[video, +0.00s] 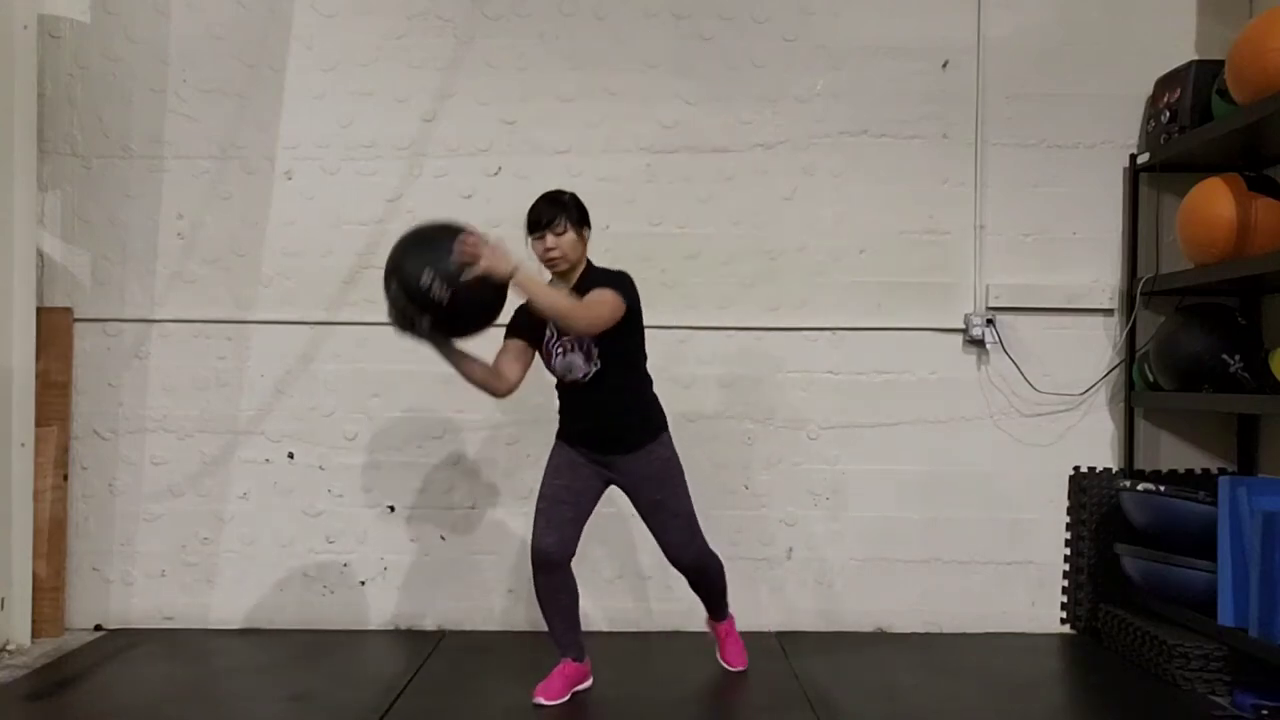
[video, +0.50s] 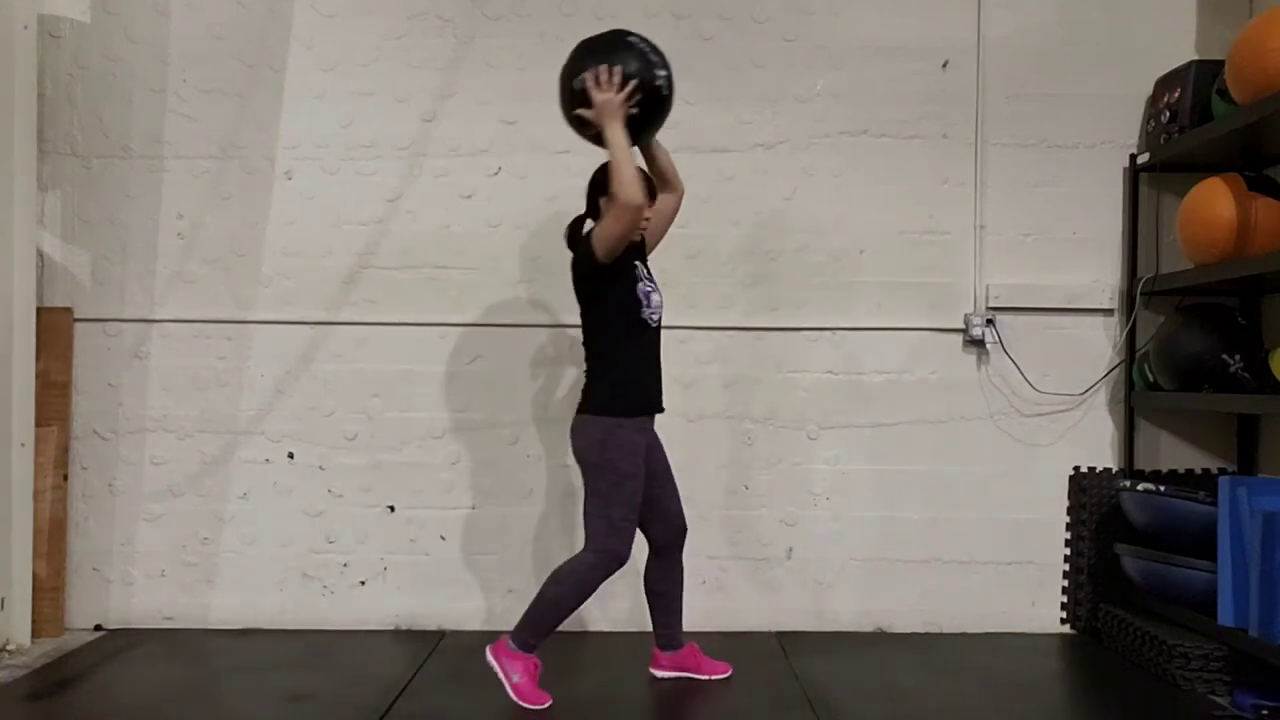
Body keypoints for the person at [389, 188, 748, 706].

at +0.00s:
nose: (548, 245)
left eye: (559, 232)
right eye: (538, 237)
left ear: (584, 235)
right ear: (532, 245)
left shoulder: (615, 286)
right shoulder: (534, 309)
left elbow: (583, 318)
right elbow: (501, 381)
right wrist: (440, 339)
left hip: (641, 445)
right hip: (577, 449)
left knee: (689, 554)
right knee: (548, 552)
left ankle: (722, 621)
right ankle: (574, 661)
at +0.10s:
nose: (561, 227)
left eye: (570, 216)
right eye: (552, 219)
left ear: (595, 221)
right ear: (542, 230)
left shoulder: (628, 271)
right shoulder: (539, 295)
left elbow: (609, 263)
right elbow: (500, 343)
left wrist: (541, 206)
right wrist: (451, 282)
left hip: (638, 442)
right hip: (570, 446)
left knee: (694, 546)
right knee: (549, 555)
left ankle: (691, 630)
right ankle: (573, 662)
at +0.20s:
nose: (587, 223)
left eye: (595, 212)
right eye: (574, 213)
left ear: (607, 214)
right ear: (556, 219)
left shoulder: (634, 265)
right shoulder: (548, 280)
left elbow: (650, 225)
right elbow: (508, 302)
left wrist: (585, 169)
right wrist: (476, 227)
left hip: (637, 438)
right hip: (569, 442)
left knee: (688, 538)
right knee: (559, 557)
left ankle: (675, 645)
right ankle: (570, 659)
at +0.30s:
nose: (609, 216)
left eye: (615, 207)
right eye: (595, 208)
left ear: (624, 210)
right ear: (569, 212)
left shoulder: (636, 257)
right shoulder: (559, 273)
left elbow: (672, 200)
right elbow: (536, 265)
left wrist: (618, 144)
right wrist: (517, 183)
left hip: (635, 434)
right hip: (576, 437)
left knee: (680, 536)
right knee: (578, 554)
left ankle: (672, 650)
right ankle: (559, 657)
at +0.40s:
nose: (629, 214)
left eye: (631, 206)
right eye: (617, 204)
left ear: (634, 210)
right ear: (588, 207)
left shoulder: (635, 251)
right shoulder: (573, 262)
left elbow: (678, 190)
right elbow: (583, 228)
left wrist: (632, 130)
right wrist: (566, 148)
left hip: (637, 428)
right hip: (589, 432)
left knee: (676, 535)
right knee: (598, 551)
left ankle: (672, 649)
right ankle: (538, 651)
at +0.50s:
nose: (637, 209)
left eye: (638, 198)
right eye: (627, 198)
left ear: (624, 207)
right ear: (606, 206)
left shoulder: (630, 249)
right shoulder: (593, 251)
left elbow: (673, 192)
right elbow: (631, 202)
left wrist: (640, 130)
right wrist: (611, 123)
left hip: (637, 427)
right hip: (607, 428)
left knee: (669, 535)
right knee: (607, 551)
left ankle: (671, 649)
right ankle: (517, 648)